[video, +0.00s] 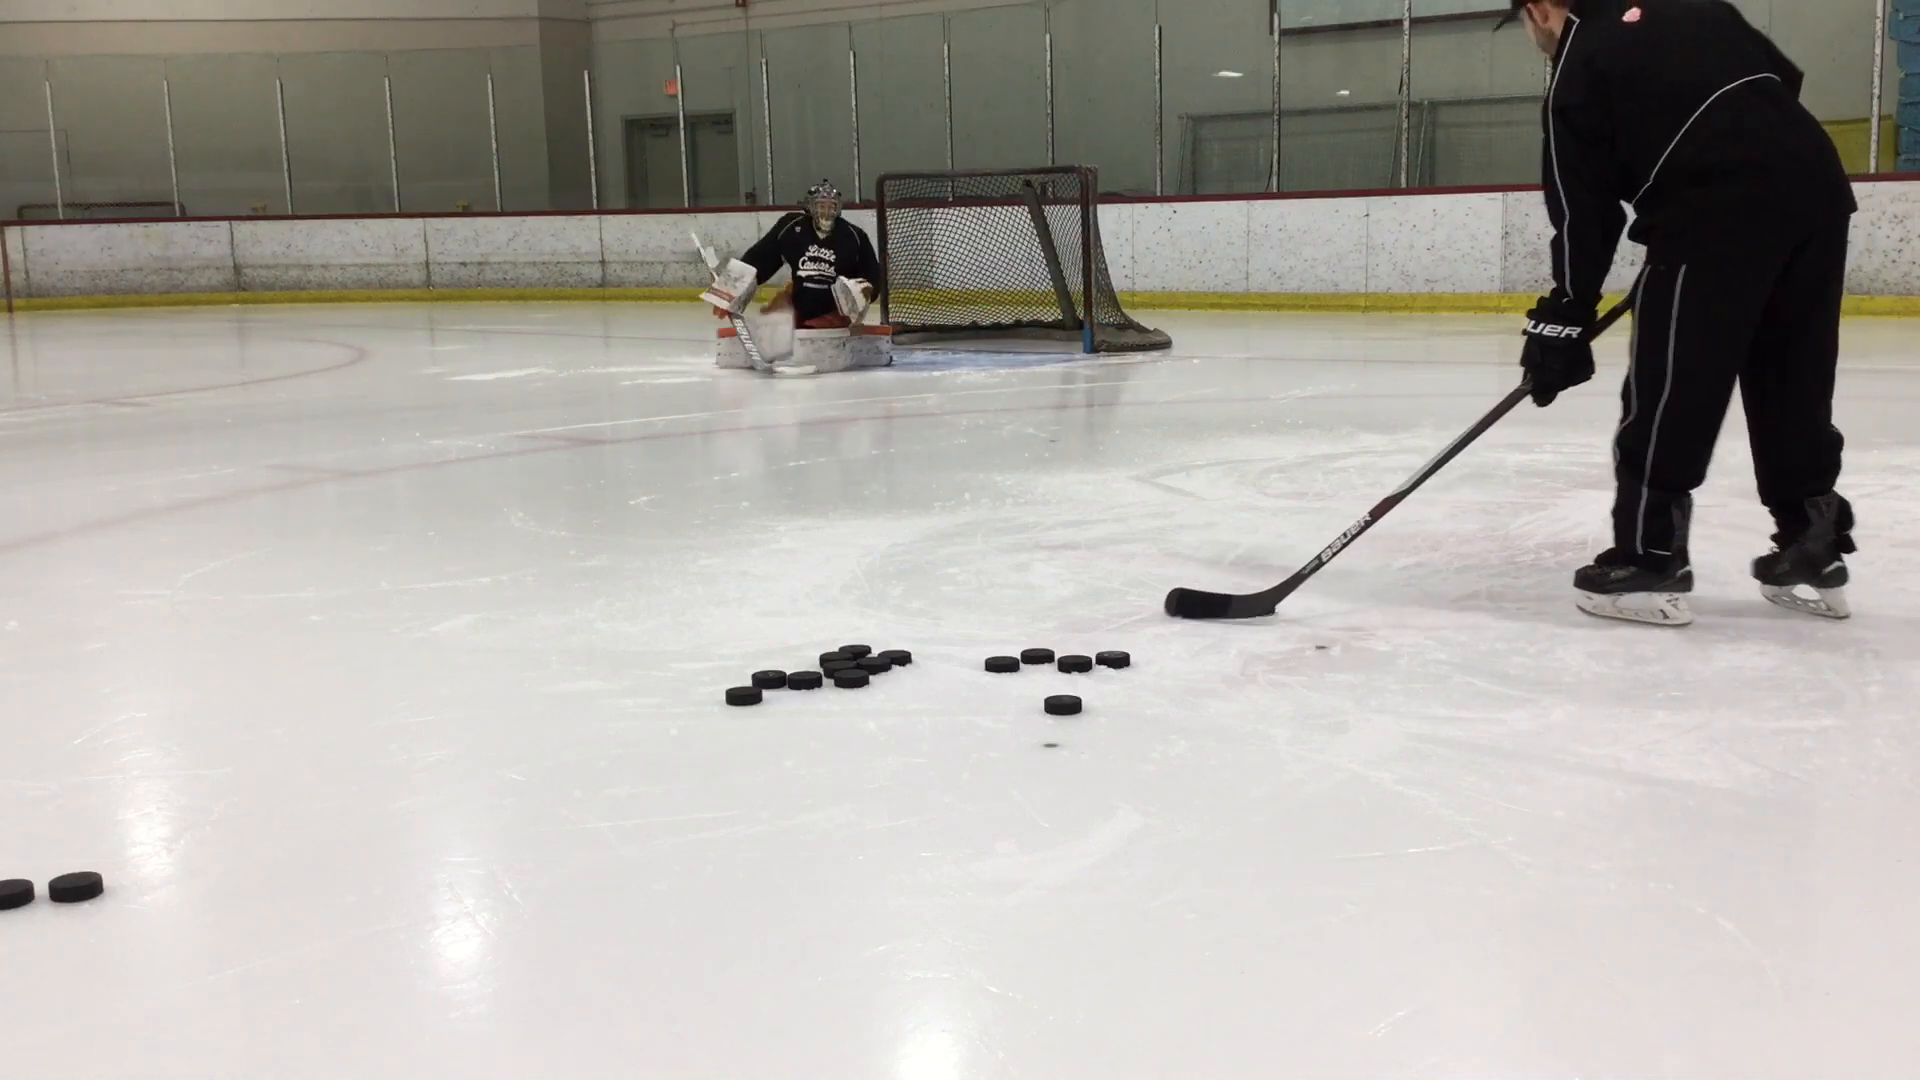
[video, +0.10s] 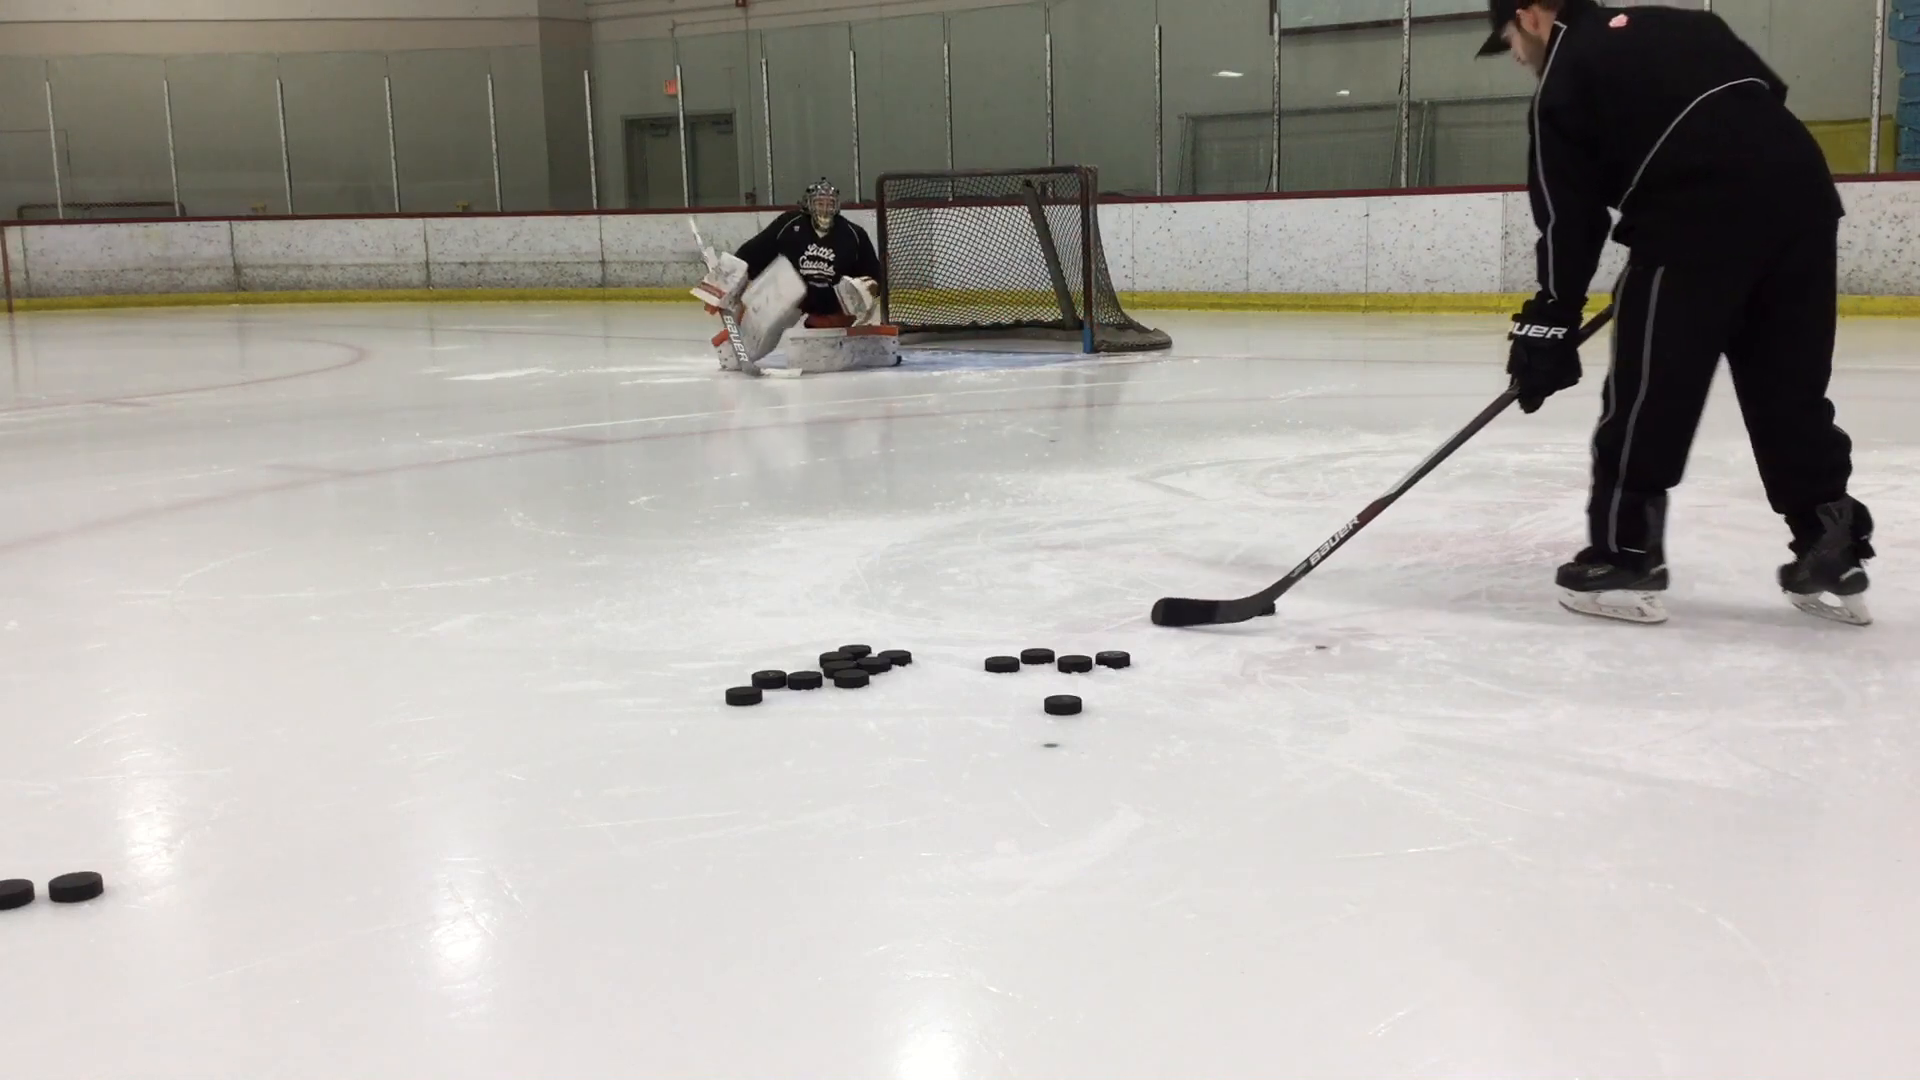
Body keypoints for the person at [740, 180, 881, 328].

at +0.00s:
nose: (826, 212)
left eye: (832, 207)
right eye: (821, 206)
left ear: (838, 209)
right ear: (810, 207)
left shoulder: (855, 236)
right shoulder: (792, 226)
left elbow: (874, 276)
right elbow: (760, 258)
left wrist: (863, 293)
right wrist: (736, 288)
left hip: (840, 310)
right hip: (800, 308)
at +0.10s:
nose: (825, 209)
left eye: (830, 204)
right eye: (819, 204)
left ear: (837, 206)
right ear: (808, 205)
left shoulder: (854, 235)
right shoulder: (789, 225)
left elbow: (873, 274)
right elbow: (750, 255)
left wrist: (865, 291)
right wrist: (731, 291)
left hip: (840, 318)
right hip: (792, 316)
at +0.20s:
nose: (826, 206)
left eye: (831, 201)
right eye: (821, 201)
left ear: (838, 203)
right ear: (809, 202)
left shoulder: (856, 230)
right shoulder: (790, 222)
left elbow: (876, 272)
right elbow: (753, 251)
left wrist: (872, 299)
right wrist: (725, 281)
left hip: (842, 304)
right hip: (796, 300)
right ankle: (741, 356)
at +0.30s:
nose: (837, 204)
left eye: (841, 199)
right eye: (831, 199)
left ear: (847, 201)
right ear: (820, 201)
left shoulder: (865, 230)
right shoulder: (800, 222)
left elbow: (888, 273)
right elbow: (759, 251)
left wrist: (883, 297)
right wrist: (735, 288)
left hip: (848, 309)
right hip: (804, 306)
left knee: (842, 358)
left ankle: (891, 350)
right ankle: (737, 353)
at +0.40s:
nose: (859, 203)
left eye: (864, 198)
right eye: (854, 198)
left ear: (872, 201)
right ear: (843, 200)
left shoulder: (885, 229)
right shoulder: (823, 221)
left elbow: (910, 268)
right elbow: (784, 250)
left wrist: (916, 286)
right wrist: (766, 278)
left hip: (866, 303)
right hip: (818, 297)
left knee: (884, 351)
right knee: (777, 323)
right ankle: (738, 354)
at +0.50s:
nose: (895, 201)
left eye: (900, 196)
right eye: (889, 196)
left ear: (907, 201)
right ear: (877, 199)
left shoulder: (917, 230)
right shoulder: (857, 220)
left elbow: (940, 274)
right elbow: (813, 252)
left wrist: (946, 276)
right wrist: (804, 287)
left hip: (895, 309)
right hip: (847, 304)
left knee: (927, 350)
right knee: (792, 325)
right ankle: (740, 353)